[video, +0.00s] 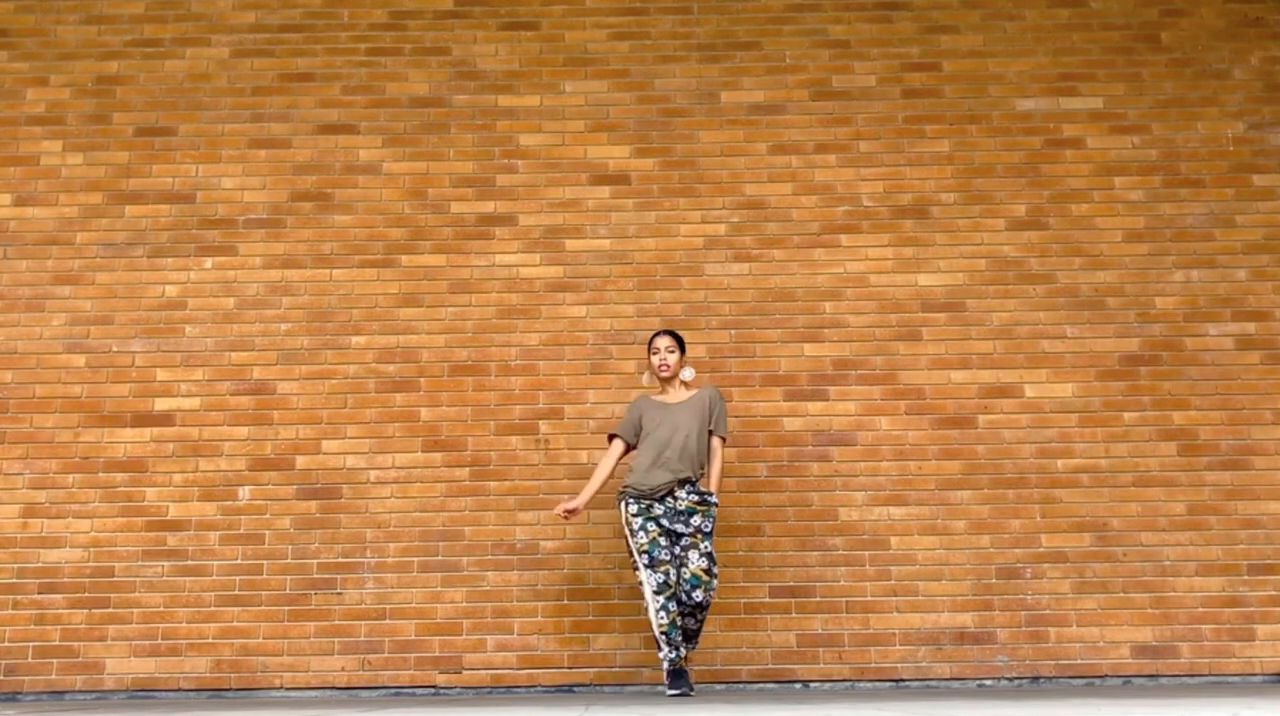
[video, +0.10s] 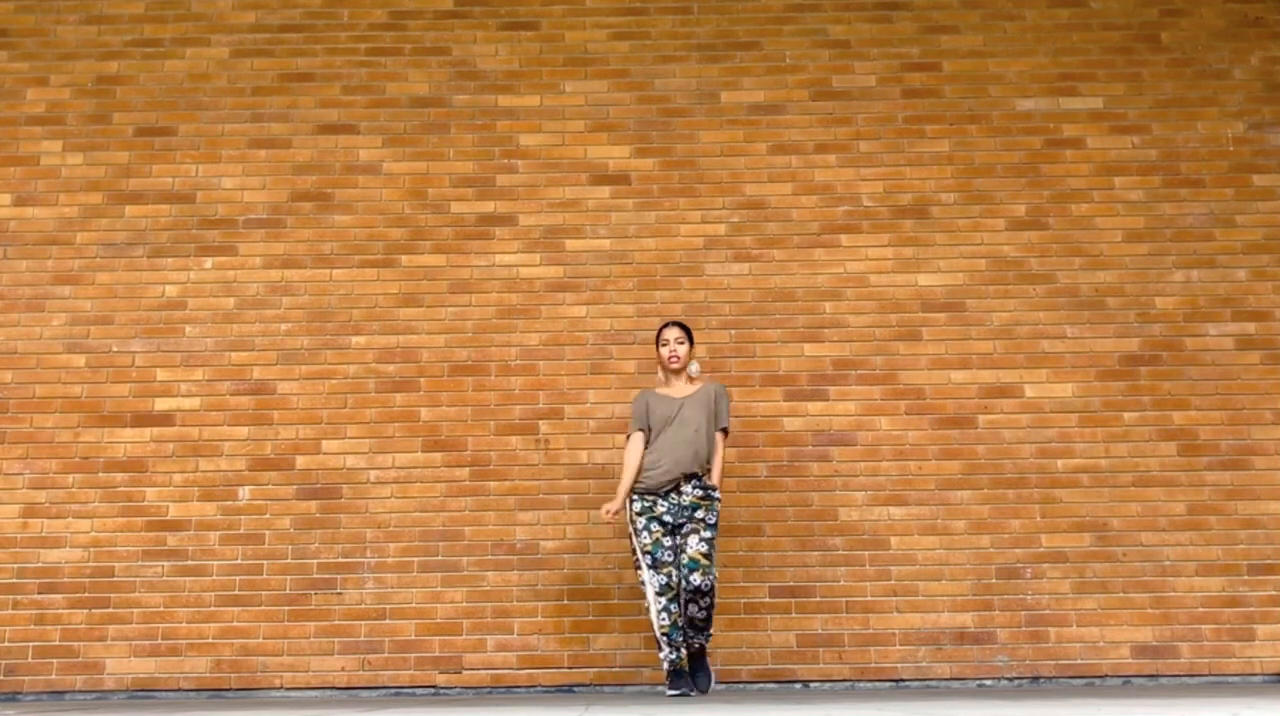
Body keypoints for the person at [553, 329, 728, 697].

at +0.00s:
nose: (662, 358)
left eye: (669, 351)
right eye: (656, 353)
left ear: (682, 358)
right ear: (649, 360)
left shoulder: (707, 397)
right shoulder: (641, 405)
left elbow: (716, 451)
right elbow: (613, 454)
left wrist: (710, 497)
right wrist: (582, 500)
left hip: (690, 501)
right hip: (643, 503)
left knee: (698, 583)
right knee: (659, 581)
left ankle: (680, 654)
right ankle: (675, 667)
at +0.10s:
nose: (673, 349)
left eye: (679, 343)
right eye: (665, 344)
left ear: (691, 349)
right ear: (657, 353)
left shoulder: (713, 393)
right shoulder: (645, 400)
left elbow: (717, 445)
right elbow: (635, 447)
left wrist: (712, 489)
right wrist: (621, 495)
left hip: (697, 497)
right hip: (649, 501)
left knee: (697, 580)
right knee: (663, 583)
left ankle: (697, 651)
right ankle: (676, 668)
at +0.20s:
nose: (679, 333)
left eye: (686, 327)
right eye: (672, 328)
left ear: (698, 334)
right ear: (663, 336)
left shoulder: (712, 376)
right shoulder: (648, 380)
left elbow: (720, 426)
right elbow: (653, 429)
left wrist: (721, 466)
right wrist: (661, 471)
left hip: (706, 483)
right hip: (660, 487)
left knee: (701, 563)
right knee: (668, 574)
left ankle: (707, 649)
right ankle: (677, 664)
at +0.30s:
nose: (679, 327)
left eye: (686, 321)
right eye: (672, 322)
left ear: (698, 329)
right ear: (663, 330)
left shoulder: (715, 370)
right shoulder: (650, 374)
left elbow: (727, 422)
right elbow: (661, 416)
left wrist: (731, 463)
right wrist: (697, 436)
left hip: (713, 481)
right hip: (666, 486)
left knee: (712, 563)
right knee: (678, 573)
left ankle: (717, 658)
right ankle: (681, 664)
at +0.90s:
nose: (693, 294)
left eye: (702, 287)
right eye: (688, 289)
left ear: (723, 301)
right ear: (684, 303)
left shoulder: (750, 351)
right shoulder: (677, 352)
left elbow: (764, 410)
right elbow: (655, 410)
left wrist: (773, 450)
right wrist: (627, 466)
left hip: (756, 461)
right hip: (707, 465)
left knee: (758, 547)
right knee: (732, 543)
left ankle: (736, 651)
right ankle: (730, 652)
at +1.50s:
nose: (730, 260)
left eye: (737, 252)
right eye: (720, 258)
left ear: (755, 263)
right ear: (713, 273)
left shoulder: (780, 321)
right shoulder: (699, 319)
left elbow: (799, 384)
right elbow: (691, 377)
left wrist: (788, 429)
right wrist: (676, 434)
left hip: (769, 445)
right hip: (710, 452)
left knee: (778, 545)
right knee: (730, 557)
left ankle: (800, 658)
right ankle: (761, 663)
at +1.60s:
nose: (731, 252)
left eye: (740, 246)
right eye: (722, 247)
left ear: (755, 260)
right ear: (711, 263)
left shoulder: (778, 314)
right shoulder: (699, 313)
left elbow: (795, 380)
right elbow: (711, 350)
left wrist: (790, 422)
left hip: (769, 435)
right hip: (711, 444)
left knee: (775, 534)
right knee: (731, 552)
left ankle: (791, 653)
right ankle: (762, 661)